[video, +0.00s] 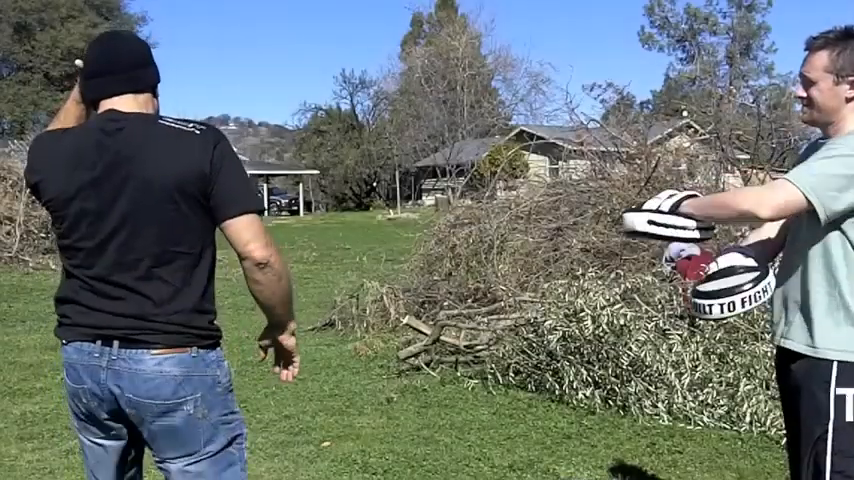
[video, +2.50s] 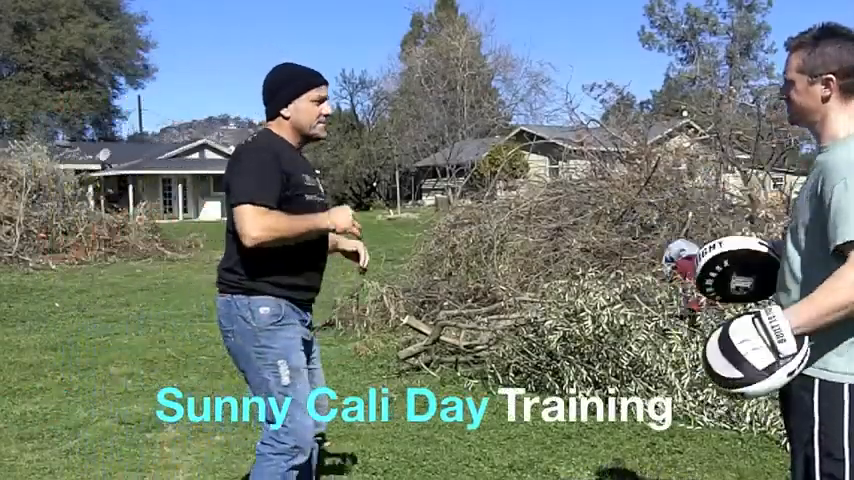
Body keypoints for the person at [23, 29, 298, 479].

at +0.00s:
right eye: (152, 78)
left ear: (90, 91)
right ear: (154, 83)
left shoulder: (54, 156)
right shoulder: (201, 145)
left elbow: (50, 146)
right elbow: (258, 255)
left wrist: (84, 84)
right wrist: (282, 328)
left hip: (83, 364)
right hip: (177, 368)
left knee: (108, 472)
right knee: (208, 469)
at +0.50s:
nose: (184, 86)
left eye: (180, 77)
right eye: (183, 77)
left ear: (119, 84)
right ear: (176, 78)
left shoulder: (75, 145)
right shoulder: (204, 131)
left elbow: (48, 234)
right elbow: (247, 223)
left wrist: (93, 192)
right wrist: (286, 314)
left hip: (101, 333)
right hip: (188, 332)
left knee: (112, 472)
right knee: (238, 455)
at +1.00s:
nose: (230, 108)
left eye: (230, 97)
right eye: (229, 98)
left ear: (169, 99)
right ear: (216, 99)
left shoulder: (119, 156)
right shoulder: (239, 151)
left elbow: (81, 249)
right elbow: (269, 236)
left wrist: (139, 247)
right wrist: (297, 326)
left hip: (130, 331)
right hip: (212, 335)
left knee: (130, 472)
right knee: (243, 470)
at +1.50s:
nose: (289, 105)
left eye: (289, 95)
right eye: (288, 95)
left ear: (232, 93)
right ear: (270, 96)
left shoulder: (175, 146)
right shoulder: (285, 152)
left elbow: (141, 227)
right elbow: (311, 247)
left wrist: (192, 260)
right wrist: (334, 310)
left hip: (178, 314)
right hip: (247, 319)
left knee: (189, 431)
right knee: (263, 457)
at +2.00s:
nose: (314, 106)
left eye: (313, 96)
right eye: (309, 95)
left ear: (271, 96)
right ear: (283, 96)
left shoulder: (210, 147)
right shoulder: (288, 147)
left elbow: (183, 220)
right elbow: (306, 232)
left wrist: (230, 245)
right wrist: (344, 257)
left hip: (214, 305)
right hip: (263, 310)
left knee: (263, 420)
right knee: (277, 447)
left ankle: (258, 466)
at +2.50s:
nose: (327, 110)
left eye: (327, 101)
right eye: (318, 101)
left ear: (291, 107)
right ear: (287, 105)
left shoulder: (296, 159)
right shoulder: (257, 152)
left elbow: (297, 228)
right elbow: (252, 229)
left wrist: (337, 243)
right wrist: (325, 219)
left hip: (291, 305)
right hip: (257, 305)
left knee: (311, 424)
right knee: (291, 429)